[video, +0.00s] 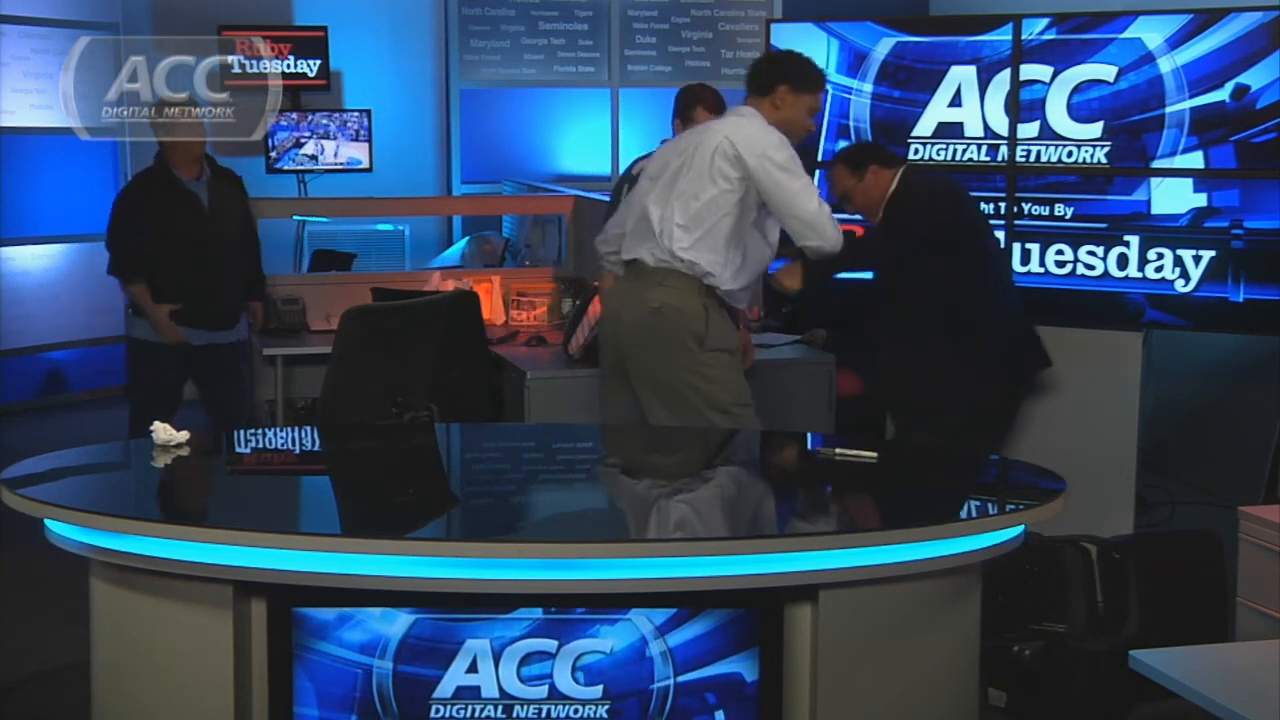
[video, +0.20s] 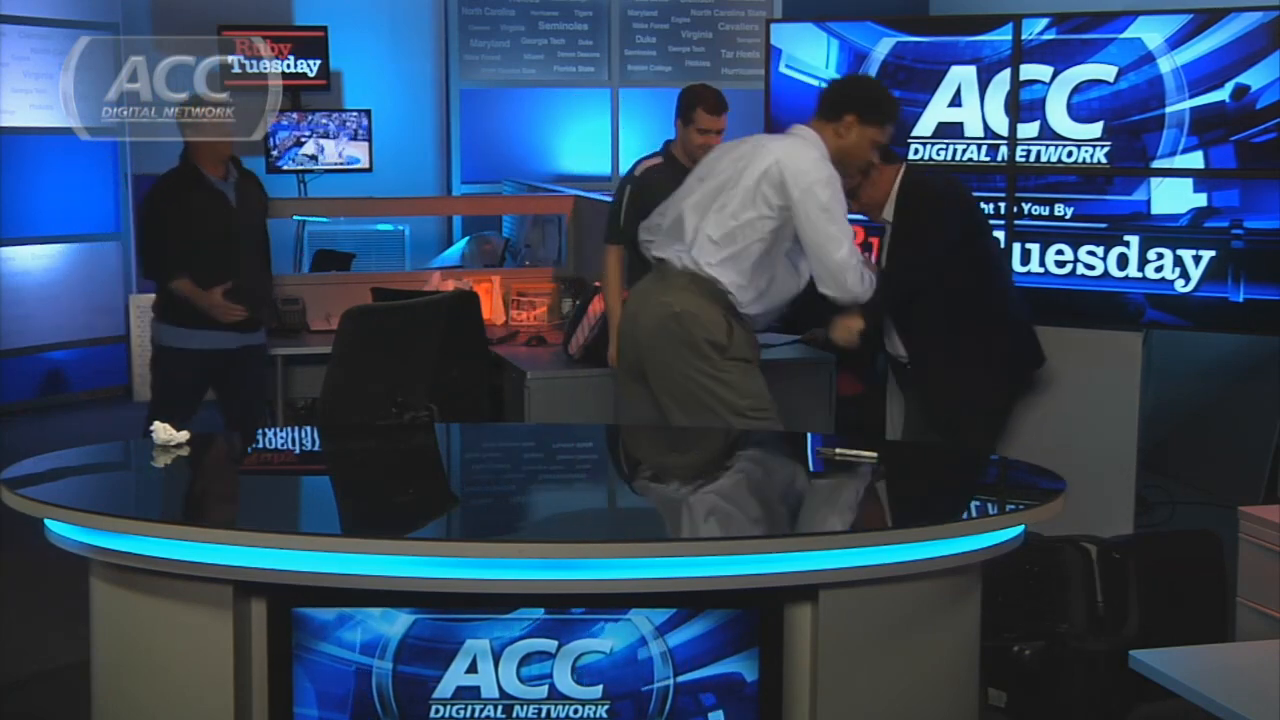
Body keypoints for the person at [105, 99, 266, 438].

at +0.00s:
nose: (197, 132)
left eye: (198, 122)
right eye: (186, 125)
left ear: (206, 129)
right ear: (164, 134)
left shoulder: (229, 184)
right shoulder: (138, 194)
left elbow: (249, 247)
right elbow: (126, 266)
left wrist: (255, 295)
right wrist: (151, 311)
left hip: (225, 333)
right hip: (160, 335)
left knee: (237, 430)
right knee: (150, 435)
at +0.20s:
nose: (229, 131)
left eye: (228, 122)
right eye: (218, 124)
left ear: (232, 128)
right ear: (194, 133)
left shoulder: (250, 186)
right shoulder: (166, 191)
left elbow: (259, 254)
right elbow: (158, 263)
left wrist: (264, 303)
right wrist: (200, 298)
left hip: (244, 342)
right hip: (184, 342)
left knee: (251, 439)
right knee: (166, 440)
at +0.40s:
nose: (259, 139)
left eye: (260, 130)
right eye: (247, 132)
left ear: (268, 133)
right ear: (225, 138)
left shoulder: (284, 191)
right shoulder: (200, 193)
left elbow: (295, 258)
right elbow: (192, 265)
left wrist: (304, 312)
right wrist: (238, 297)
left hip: (277, 345)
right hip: (220, 345)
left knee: (271, 448)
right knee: (227, 451)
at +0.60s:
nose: (293, 138)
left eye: (295, 129)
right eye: (281, 129)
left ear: (298, 130)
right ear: (255, 133)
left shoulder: (308, 190)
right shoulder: (225, 192)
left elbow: (326, 254)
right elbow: (215, 267)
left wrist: (350, 295)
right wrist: (261, 303)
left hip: (306, 344)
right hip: (250, 345)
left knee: (304, 447)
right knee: (264, 448)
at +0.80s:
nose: (320, 146)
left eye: (322, 137)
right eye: (310, 138)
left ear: (324, 138)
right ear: (281, 143)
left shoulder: (329, 197)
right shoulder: (253, 204)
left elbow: (345, 264)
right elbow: (241, 282)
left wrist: (363, 316)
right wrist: (283, 326)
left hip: (333, 355)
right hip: (278, 359)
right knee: (283, 463)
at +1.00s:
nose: (349, 144)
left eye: (350, 135)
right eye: (339, 136)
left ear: (352, 135)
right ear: (308, 141)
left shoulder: (355, 193)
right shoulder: (280, 203)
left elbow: (360, 267)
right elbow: (277, 289)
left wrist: (369, 325)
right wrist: (317, 335)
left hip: (354, 352)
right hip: (300, 361)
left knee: (357, 459)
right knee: (306, 460)